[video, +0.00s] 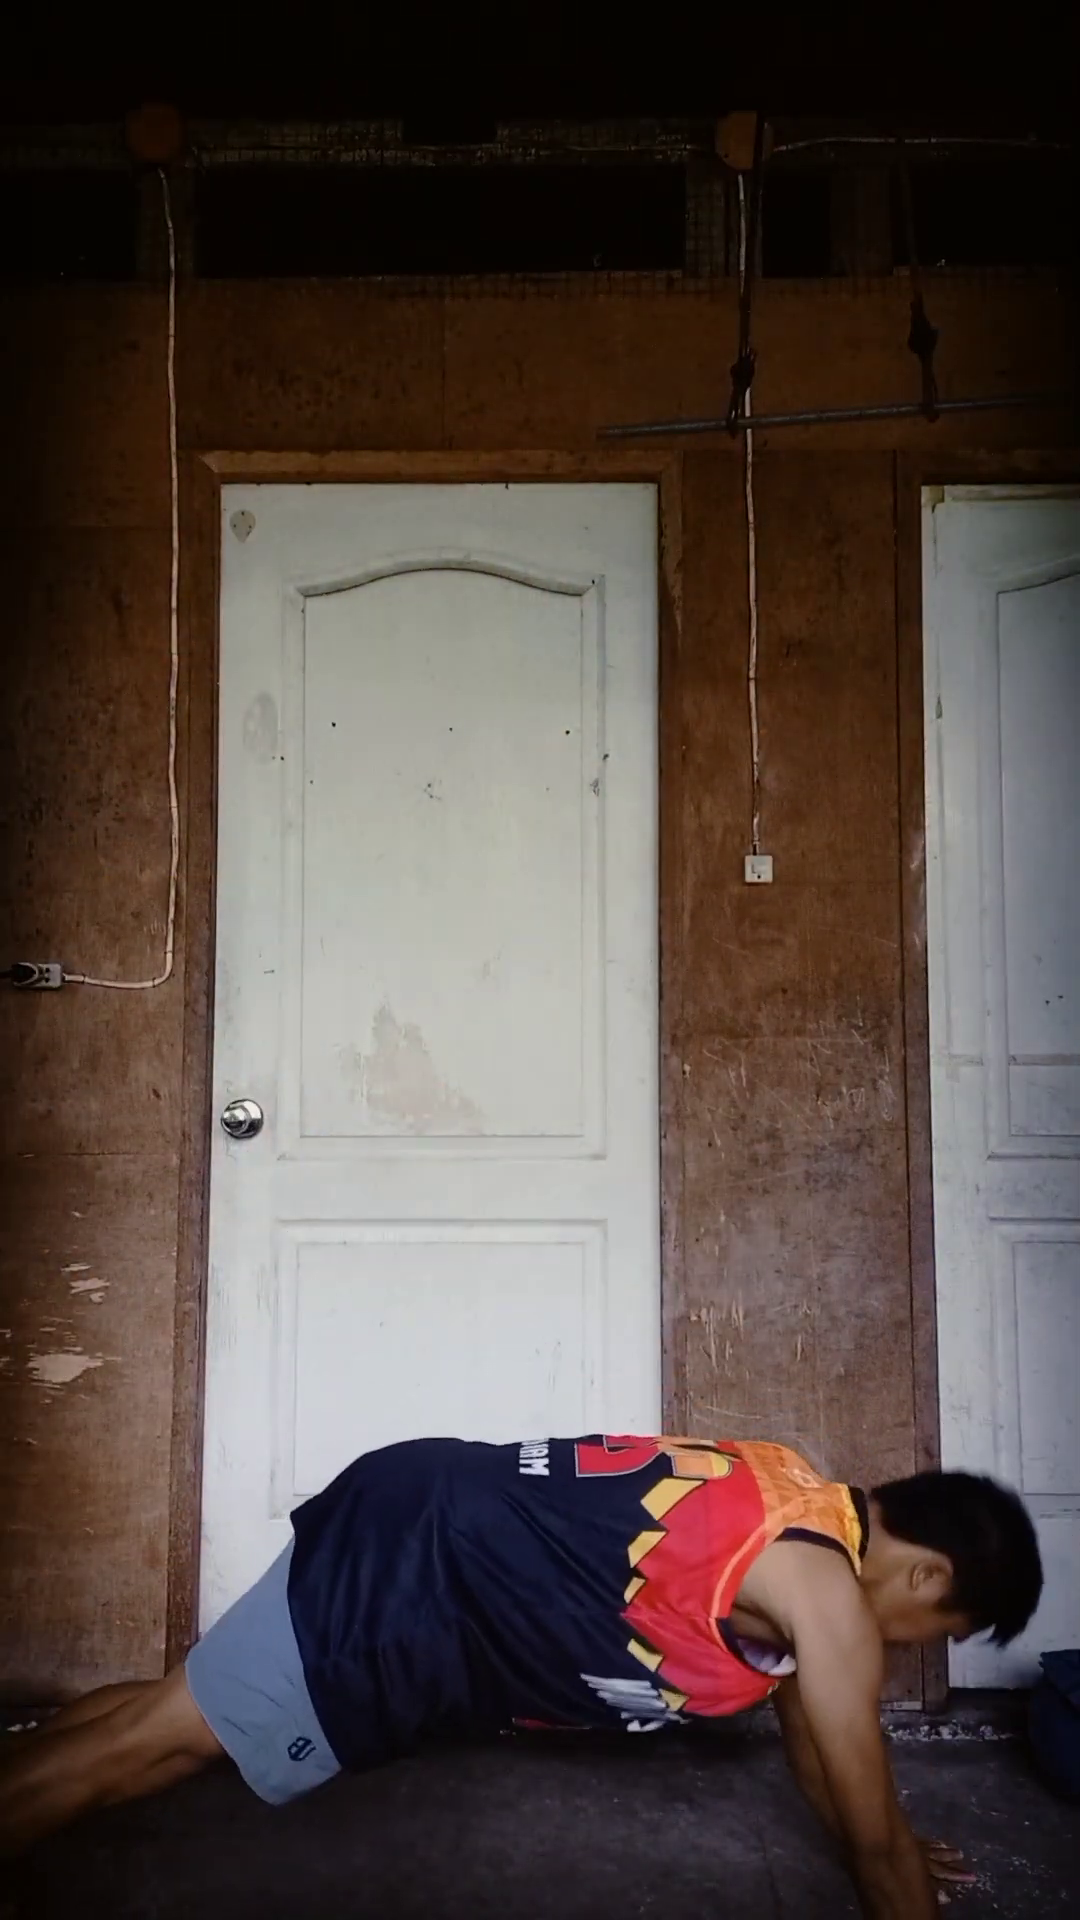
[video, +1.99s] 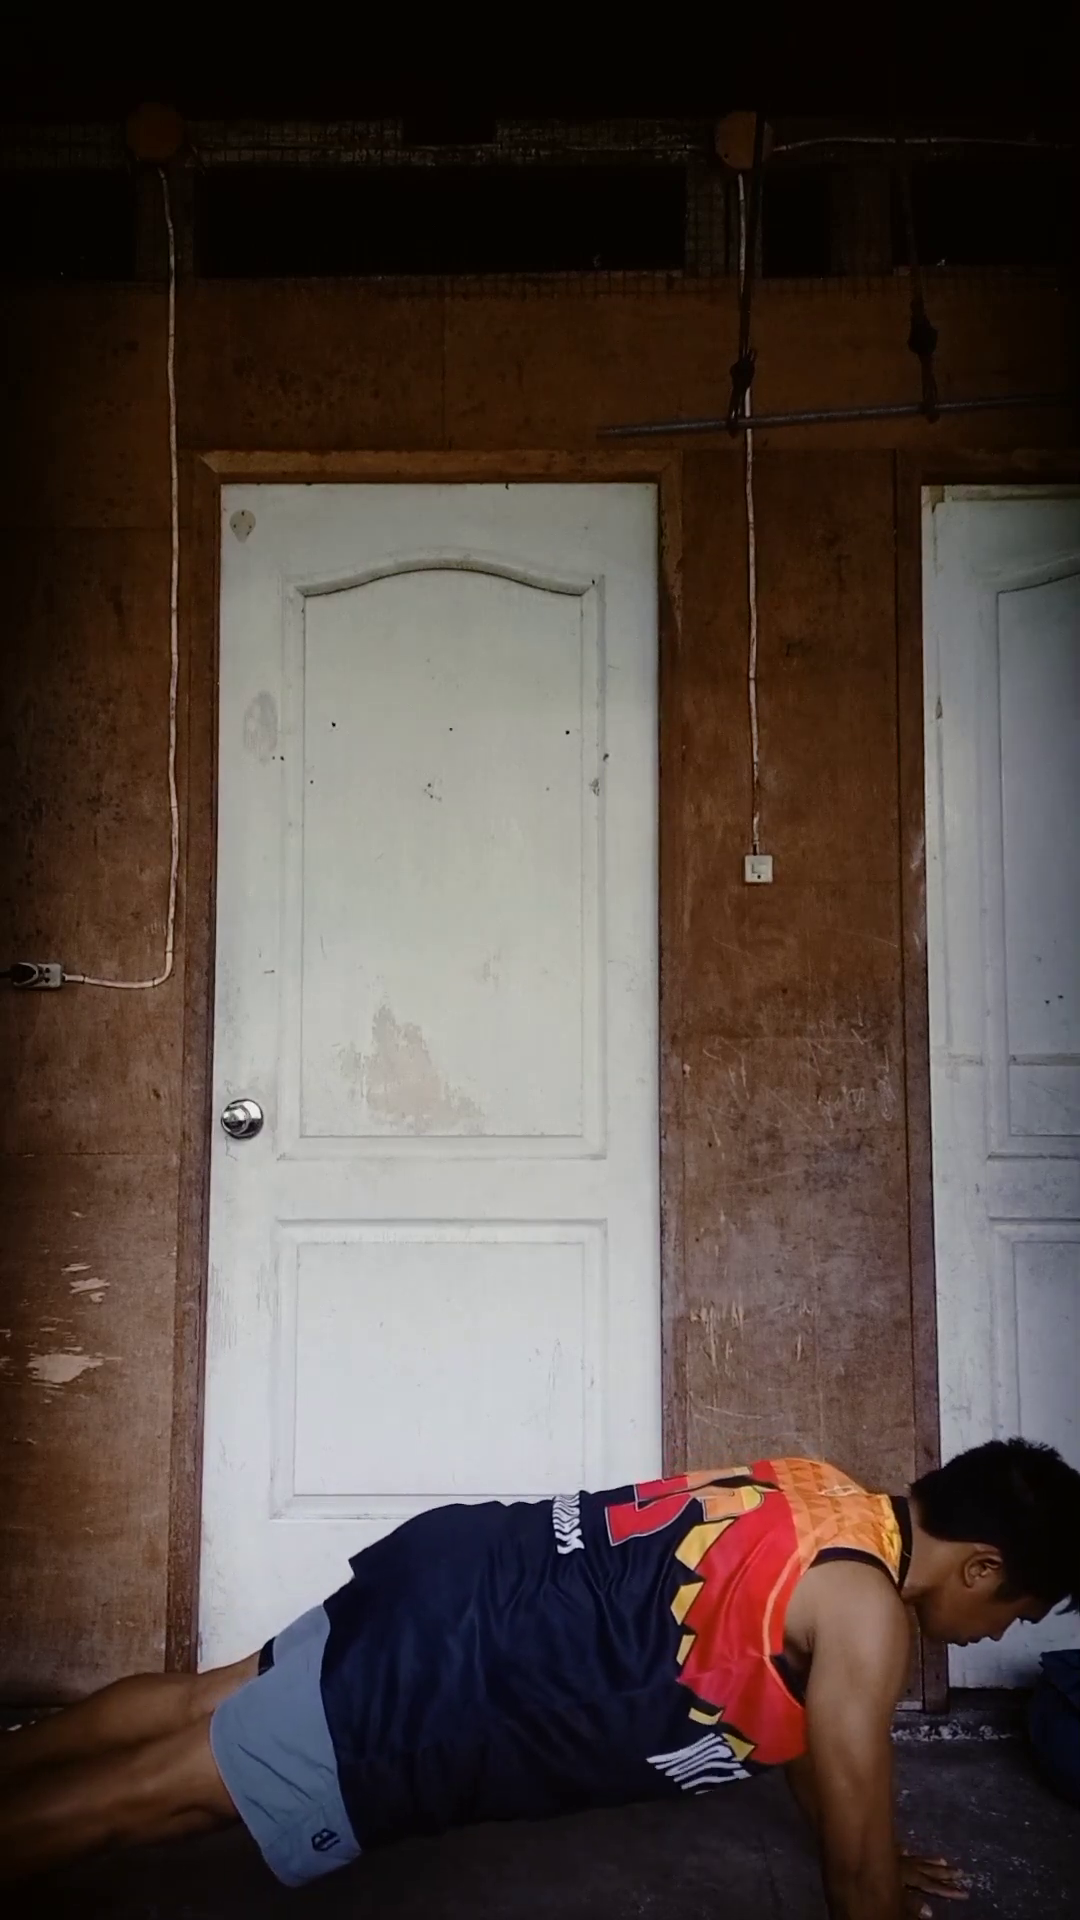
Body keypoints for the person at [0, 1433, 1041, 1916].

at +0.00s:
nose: (921, 1648)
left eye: (943, 1636)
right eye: (943, 1627)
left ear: (901, 1513)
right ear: (925, 1571)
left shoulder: (792, 1483)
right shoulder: (824, 1606)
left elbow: (808, 1720)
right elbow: (869, 1831)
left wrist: (882, 1836)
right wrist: (913, 1890)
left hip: (405, 1500)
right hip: (405, 1572)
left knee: (145, 1713)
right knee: (120, 1758)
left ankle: (35, 1763)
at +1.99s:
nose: (995, 1632)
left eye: (1017, 1615)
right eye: (1012, 1609)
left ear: (945, 1500)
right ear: (974, 1561)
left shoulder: (825, 1487)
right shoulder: (860, 1621)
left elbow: (798, 1705)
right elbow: (866, 1879)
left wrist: (866, 1847)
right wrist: (905, 1889)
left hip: (459, 1561)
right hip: (454, 1671)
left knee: (205, 1696)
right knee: (155, 1796)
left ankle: (4, 1766)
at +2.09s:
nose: (999, 1633)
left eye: (1020, 1615)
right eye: (1015, 1610)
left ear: (947, 1500)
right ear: (977, 1563)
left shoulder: (827, 1487)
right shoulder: (865, 1622)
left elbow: (799, 1701)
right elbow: (866, 1879)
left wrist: (870, 1845)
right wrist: (906, 1894)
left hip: (459, 1563)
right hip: (452, 1676)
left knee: (213, 1696)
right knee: (153, 1800)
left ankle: (5, 1767)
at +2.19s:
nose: (999, 1632)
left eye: (1020, 1615)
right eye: (1016, 1609)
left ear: (946, 1498)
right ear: (980, 1562)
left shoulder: (823, 1486)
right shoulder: (866, 1620)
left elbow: (797, 1700)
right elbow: (869, 1878)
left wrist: (873, 1844)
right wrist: (909, 1896)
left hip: (456, 1567)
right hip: (454, 1676)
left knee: (211, 1699)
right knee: (154, 1800)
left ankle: (4, 1765)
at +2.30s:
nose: (999, 1632)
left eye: (1020, 1614)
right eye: (1016, 1609)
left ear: (947, 1498)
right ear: (979, 1562)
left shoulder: (824, 1487)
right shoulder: (866, 1619)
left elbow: (802, 1701)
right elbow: (868, 1875)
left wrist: (871, 1844)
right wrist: (905, 1893)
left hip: (459, 1566)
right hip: (459, 1677)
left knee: (208, 1702)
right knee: (156, 1800)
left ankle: (3, 1765)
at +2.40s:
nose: (998, 1632)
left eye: (1019, 1614)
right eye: (1015, 1609)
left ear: (947, 1497)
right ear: (979, 1562)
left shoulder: (823, 1487)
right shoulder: (866, 1619)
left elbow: (803, 1701)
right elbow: (868, 1874)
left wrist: (871, 1844)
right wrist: (906, 1893)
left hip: (458, 1566)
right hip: (459, 1678)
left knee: (210, 1701)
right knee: (155, 1800)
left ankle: (3, 1765)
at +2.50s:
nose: (996, 1632)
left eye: (1017, 1615)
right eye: (1012, 1609)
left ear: (945, 1498)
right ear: (977, 1563)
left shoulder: (822, 1486)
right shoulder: (866, 1620)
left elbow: (798, 1697)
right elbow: (869, 1874)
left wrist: (873, 1841)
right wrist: (910, 1895)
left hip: (457, 1566)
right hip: (455, 1680)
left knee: (211, 1699)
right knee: (152, 1802)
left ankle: (4, 1764)